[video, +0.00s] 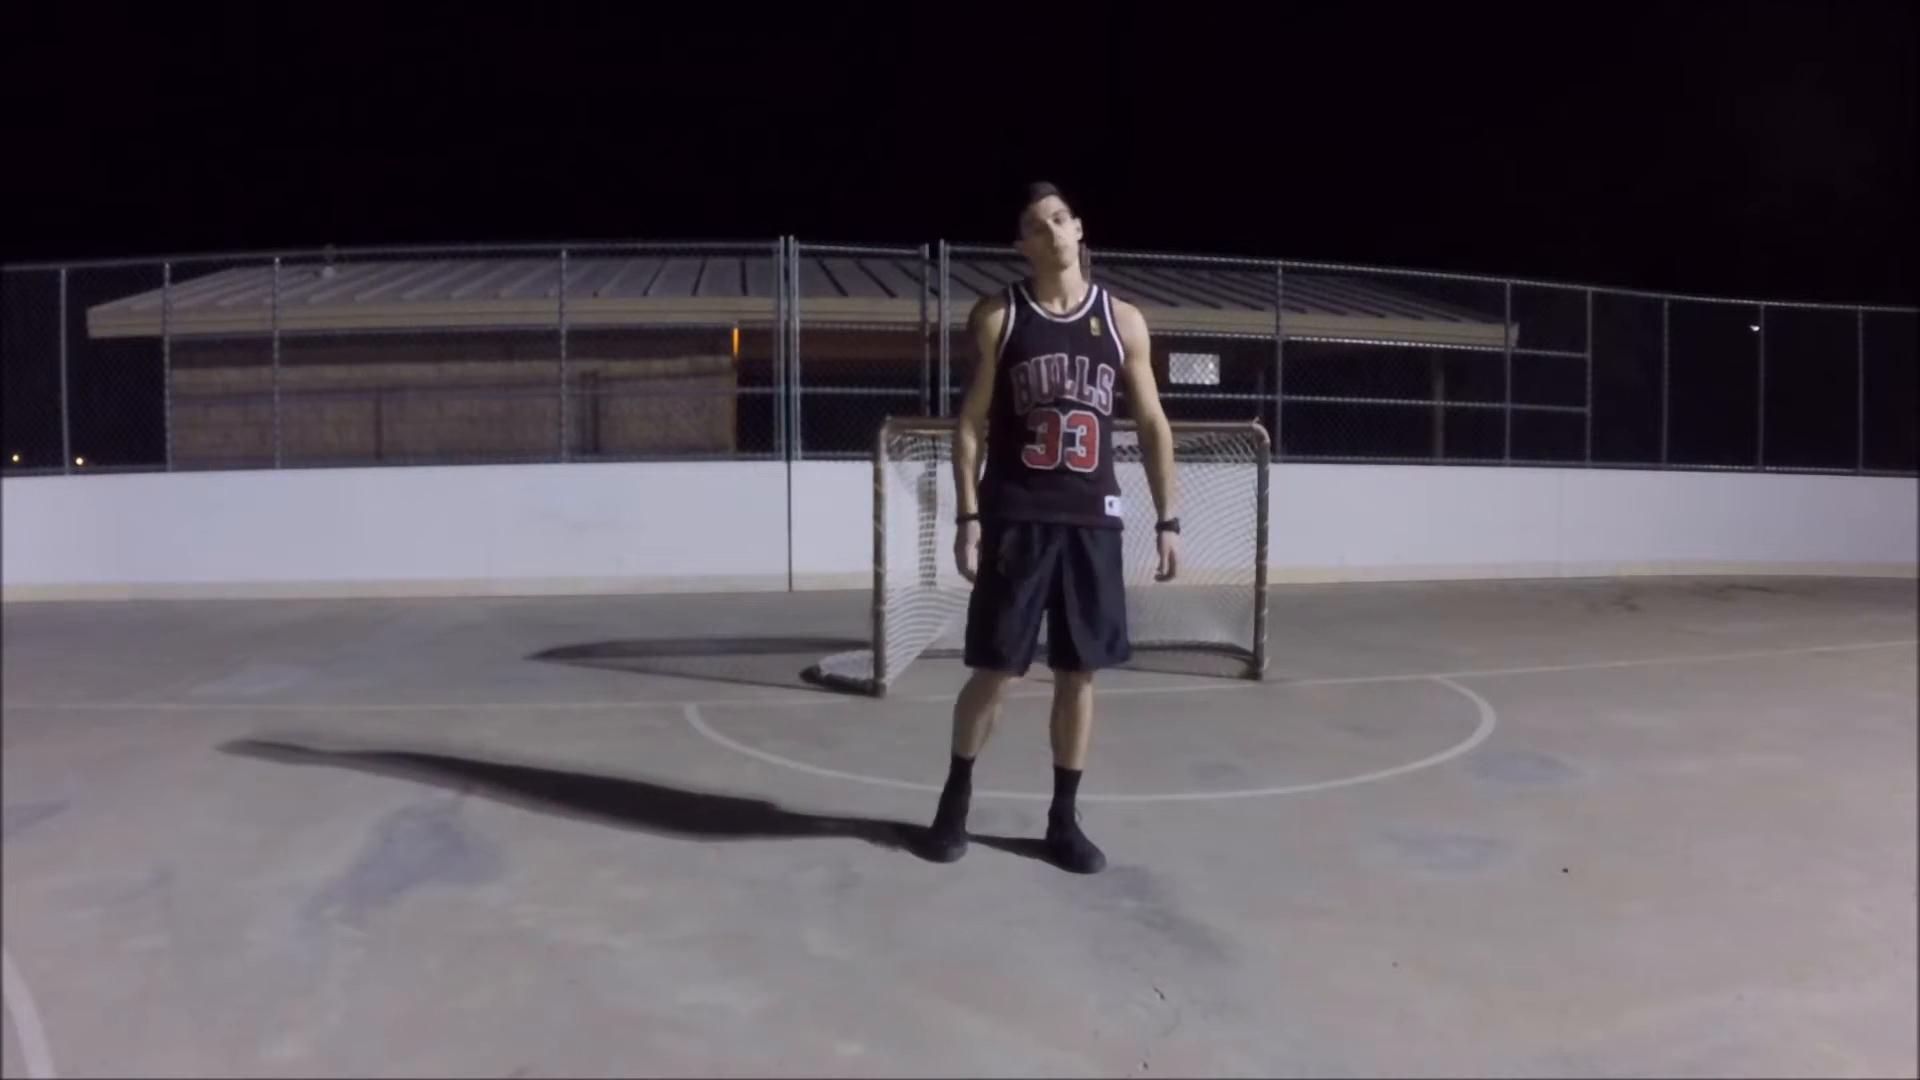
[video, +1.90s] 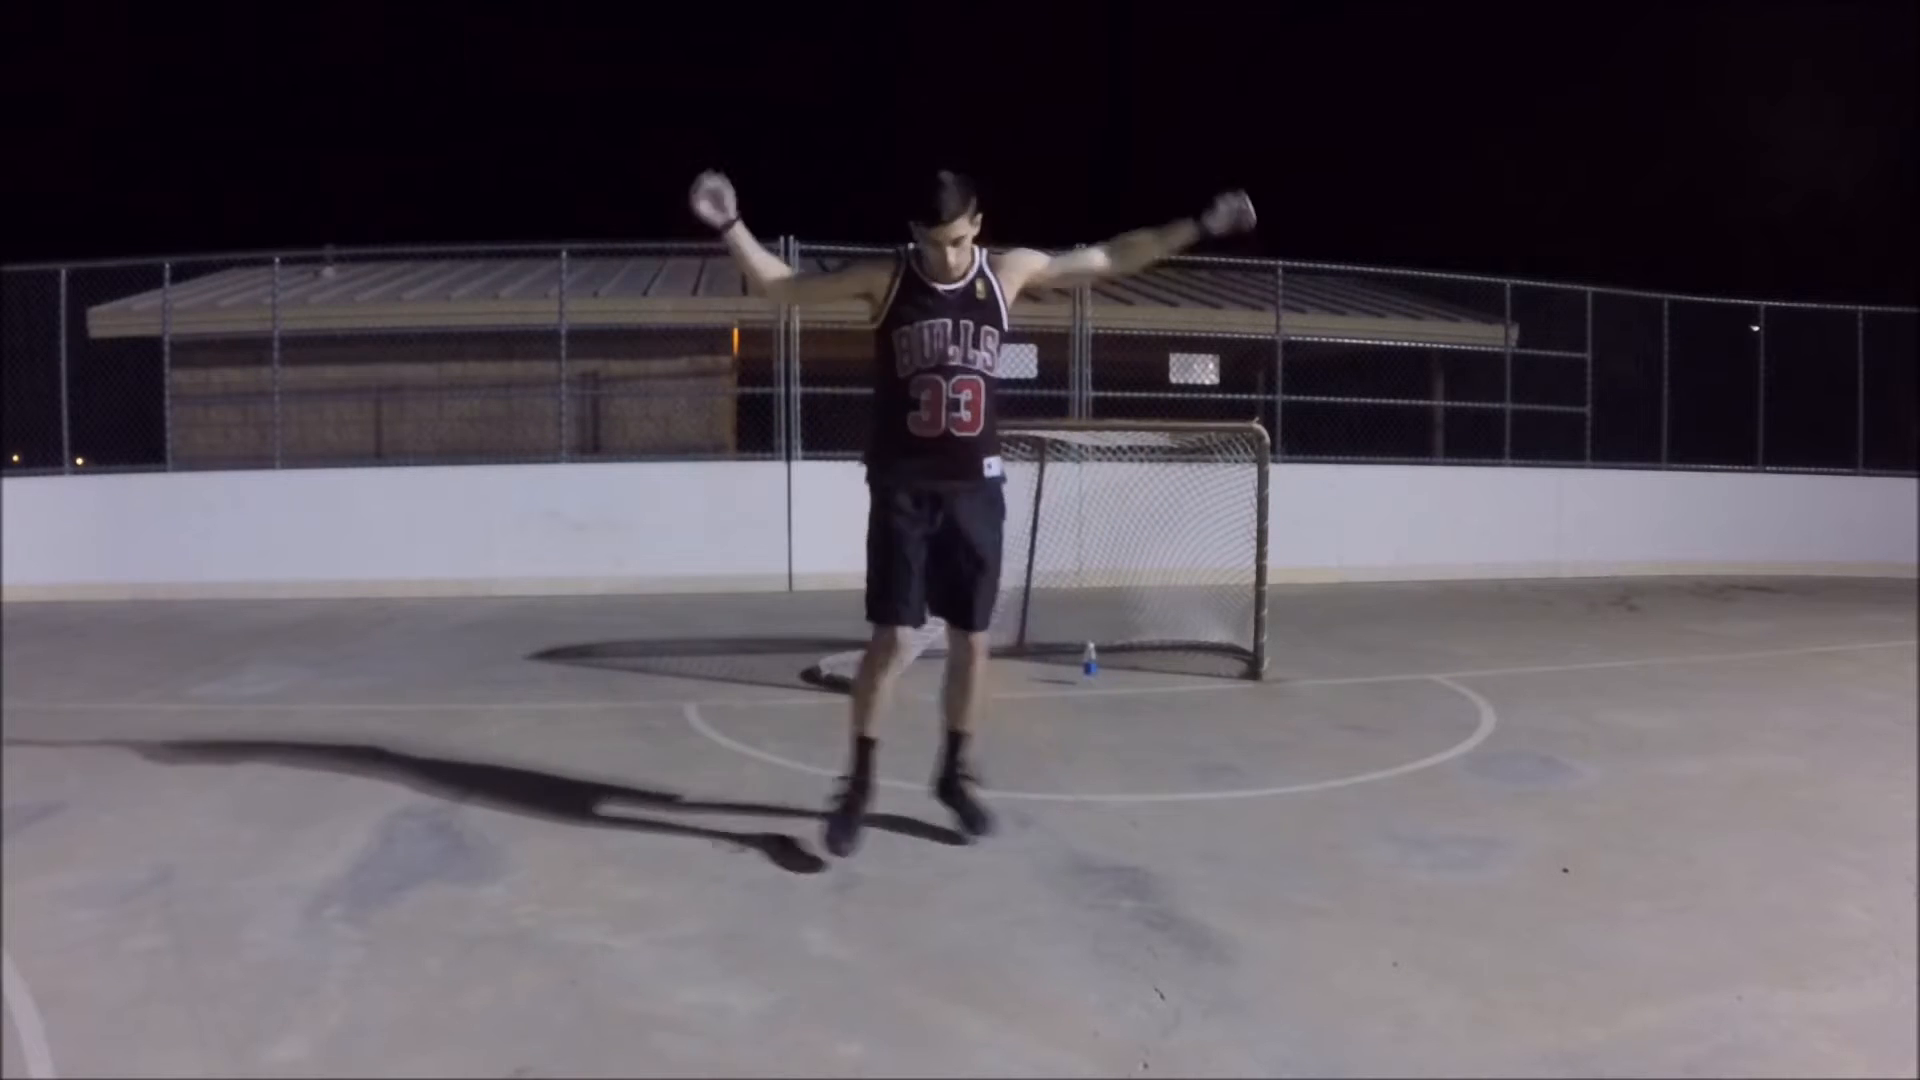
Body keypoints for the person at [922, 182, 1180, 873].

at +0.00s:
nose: (1052, 230)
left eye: (1059, 219)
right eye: (1037, 225)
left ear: (1081, 232)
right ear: (1021, 247)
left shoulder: (1124, 320)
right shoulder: (999, 316)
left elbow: (1152, 423)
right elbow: (970, 423)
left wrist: (1167, 521)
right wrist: (968, 515)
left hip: (1093, 524)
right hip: (1016, 522)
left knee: (1079, 673)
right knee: (994, 674)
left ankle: (1064, 820)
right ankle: (955, 799)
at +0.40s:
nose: (977, 235)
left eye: (989, 222)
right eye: (968, 226)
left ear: (1016, 233)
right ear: (958, 241)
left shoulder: (1060, 315)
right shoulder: (945, 317)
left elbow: (1085, 423)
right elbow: (923, 416)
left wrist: (1067, 519)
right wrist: (923, 502)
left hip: (1032, 525)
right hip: (956, 523)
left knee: (1047, 672)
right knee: (950, 667)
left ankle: (1060, 818)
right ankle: (949, 809)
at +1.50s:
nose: (986, 239)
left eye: (997, 226)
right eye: (975, 230)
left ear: (1023, 235)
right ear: (960, 244)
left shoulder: (1064, 318)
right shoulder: (942, 316)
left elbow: (1094, 421)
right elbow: (908, 406)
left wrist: (1095, 520)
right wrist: (888, 490)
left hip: (1026, 523)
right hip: (947, 516)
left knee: (1032, 664)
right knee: (913, 658)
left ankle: (1038, 803)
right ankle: (867, 786)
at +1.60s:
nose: (980, 251)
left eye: (992, 239)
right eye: (970, 242)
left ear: (1018, 246)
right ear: (958, 252)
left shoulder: (1058, 325)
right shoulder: (936, 322)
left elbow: (1097, 419)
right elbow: (872, 397)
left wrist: (1127, 505)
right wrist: (845, 478)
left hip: (1024, 531)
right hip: (943, 527)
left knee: (1035, 674)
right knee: (891, 664)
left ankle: (1040, 803)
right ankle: (828, 789)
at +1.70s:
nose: (973, 268)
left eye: (985, 257)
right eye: (963, 257)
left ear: (1007, 261)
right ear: (949, 262)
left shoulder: (1045, 332)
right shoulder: (920, 329)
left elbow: (1122, 395)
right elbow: (838, 372)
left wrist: (1187, 442)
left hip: (1017, 540)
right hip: (932, 538)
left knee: (1039, 682)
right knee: (869, 674)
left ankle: (1040, 805)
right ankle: (804, 788)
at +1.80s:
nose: (964, 260)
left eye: (973, 246)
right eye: (952, 248)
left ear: (995, 237)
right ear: (933, 244)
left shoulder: (1032, 299)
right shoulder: (904, 301)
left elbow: (1128, 325)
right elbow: (802, 328)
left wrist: (1223, 326)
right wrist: (720, 307)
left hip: (997, 513)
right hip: (915, 510)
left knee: (1015, 656)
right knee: (874, 655)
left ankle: (1032, 799)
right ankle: (808, 777)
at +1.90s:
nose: (950, 256)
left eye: (961, 242)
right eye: (939, 244)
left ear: (978, 226)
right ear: (918, 232)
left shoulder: (1011, 271)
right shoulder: (883, 277)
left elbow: (1108, 258)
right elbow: (774, 282)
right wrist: (730, 224)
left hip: (976, 486)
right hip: (901, 487)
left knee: (971, 641)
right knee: (892, 641)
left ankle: (954, 775)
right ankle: (858, 785)